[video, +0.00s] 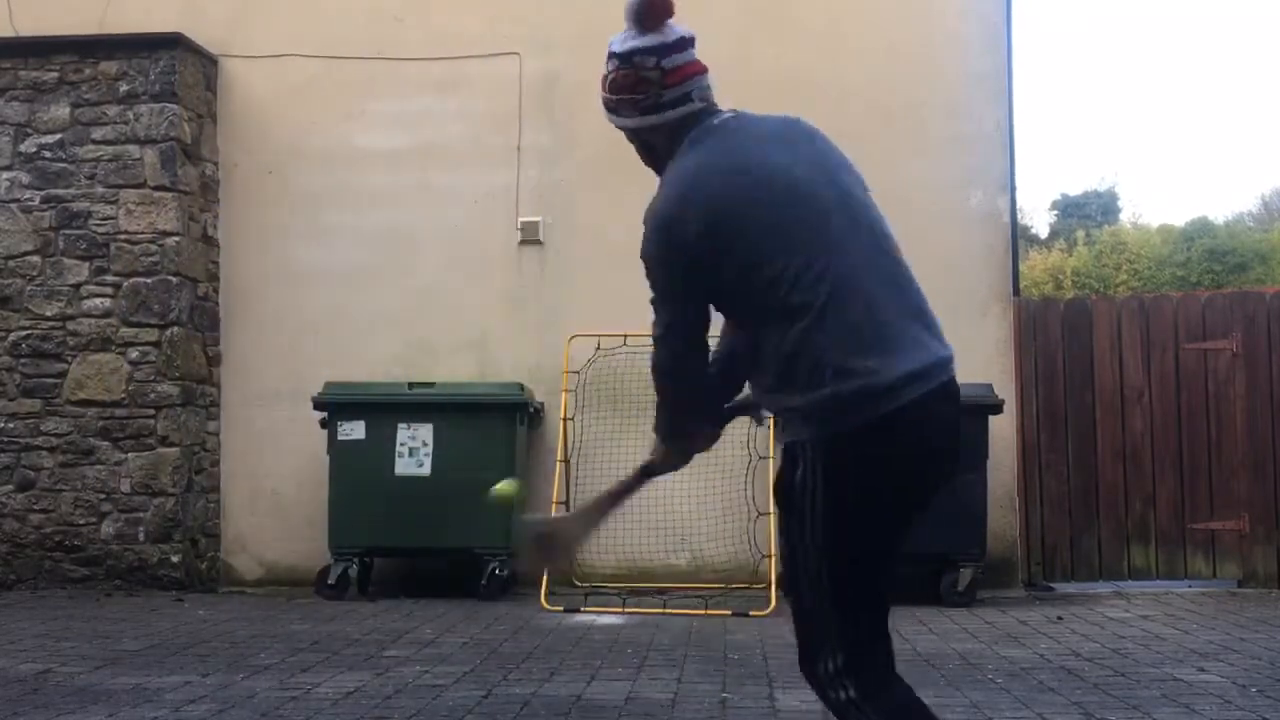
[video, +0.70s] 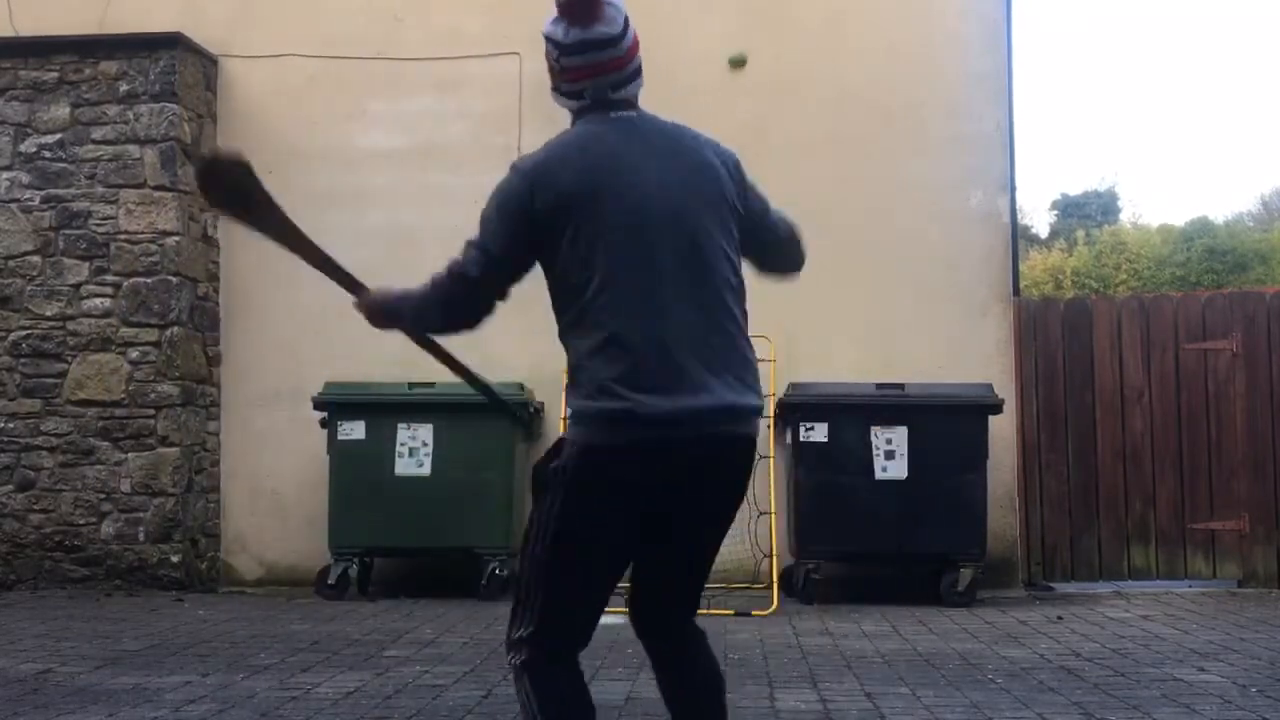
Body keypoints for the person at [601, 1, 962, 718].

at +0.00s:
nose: (632, 149)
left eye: (627, 133)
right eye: (625, 133)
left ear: (639, 130)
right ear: (702, 93)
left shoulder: (675, 210)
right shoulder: (791, 134)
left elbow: (678, 357)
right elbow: (761, 306)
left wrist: (678, 433)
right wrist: (706, 405)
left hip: (843, 429)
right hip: (930, 402)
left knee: (839, 661)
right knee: (852, 635)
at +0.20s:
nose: (609, 83)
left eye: (608, 72)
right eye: (615, 69)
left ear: (617, 80)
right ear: (693, 63)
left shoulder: (625, 189)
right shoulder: (784, 129)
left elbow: (665, 324)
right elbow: (814, 269)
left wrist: (717, 391)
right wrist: (714, 378)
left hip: (752, 425)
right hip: (852, 405)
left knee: (761, 650)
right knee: (790, 637)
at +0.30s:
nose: (607, 82)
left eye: (606, 72)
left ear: (611, 79)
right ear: (689, 65)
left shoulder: (611, 187)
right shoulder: (774, 134)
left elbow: (645, 324)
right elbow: (814, 261)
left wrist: (713, 379)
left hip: (726, 429)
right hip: (831, 411)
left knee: (705, 640)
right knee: (783, 620)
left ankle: (786, 711)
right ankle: (792, 717)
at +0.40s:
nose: (588, 83)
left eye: (586, 72)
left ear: (590, 76)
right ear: (666, 63)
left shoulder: (585, 168)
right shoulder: (746, 134)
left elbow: (595, 313)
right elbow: (798, 267)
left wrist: (614, 391)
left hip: (694, 409)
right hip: (796, 398)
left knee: (616, 614)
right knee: (757, 605)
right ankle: (774, 716)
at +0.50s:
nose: (572, 79)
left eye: (571, 68)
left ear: (577, 70)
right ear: (651, 60)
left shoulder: (574, 154)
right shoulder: (729, 134)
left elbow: (573, 299)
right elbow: (775, 265)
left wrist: (574, 386)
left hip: (679, 404)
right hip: (780, 394)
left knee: (592, 611)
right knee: (736, 601)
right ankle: (764, 713)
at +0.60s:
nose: (550, 81)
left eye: (551, 73)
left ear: (555, 84)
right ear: (633, 75)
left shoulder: (550, 172)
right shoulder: (701, 158)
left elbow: (518, 322)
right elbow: (764, 292)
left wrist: (473, 341)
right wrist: (661, 335)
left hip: (641, 427)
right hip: (749, 420)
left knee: (553, 636)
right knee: (666, 604)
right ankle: (705, 715)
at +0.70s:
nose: (559, 75)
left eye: (556, 66)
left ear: (558, 81)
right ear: (635, 69)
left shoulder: (543, 176)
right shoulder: (710, 158)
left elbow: (465, 297)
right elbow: (786, 253)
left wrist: (395, 308)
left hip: (612, 439)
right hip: (725, 433)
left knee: (543, 644)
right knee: (667, 615)